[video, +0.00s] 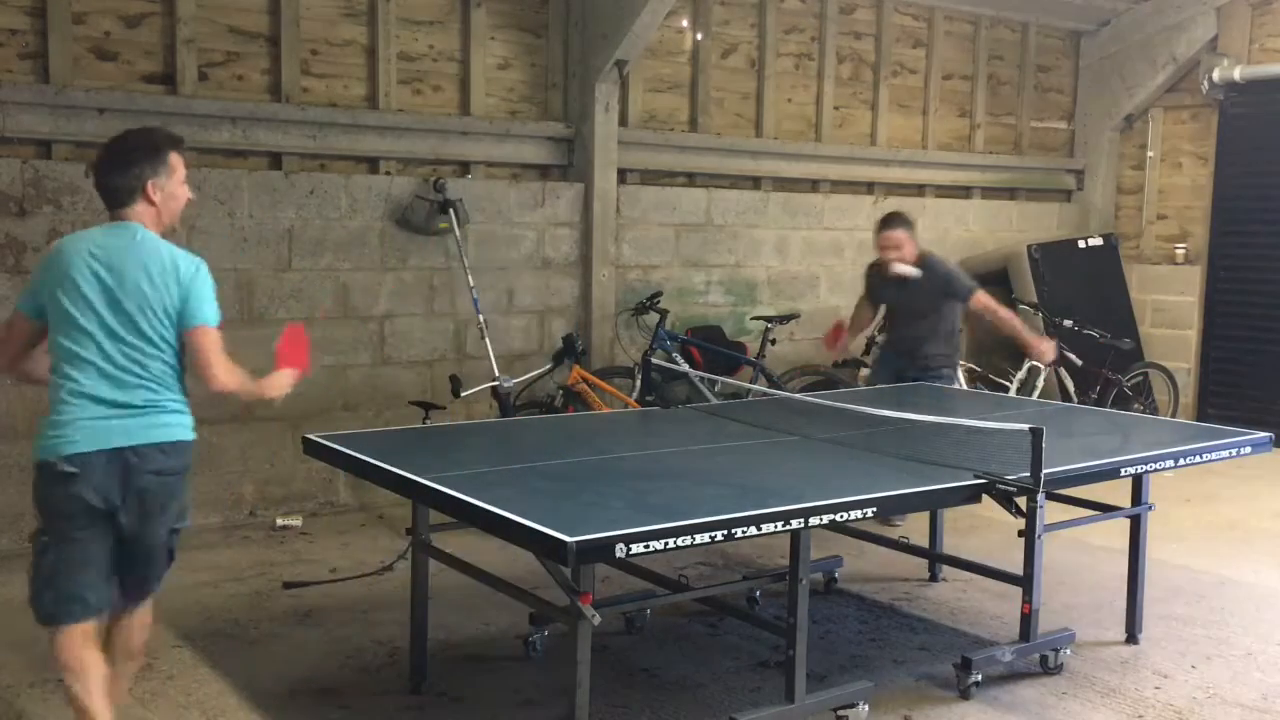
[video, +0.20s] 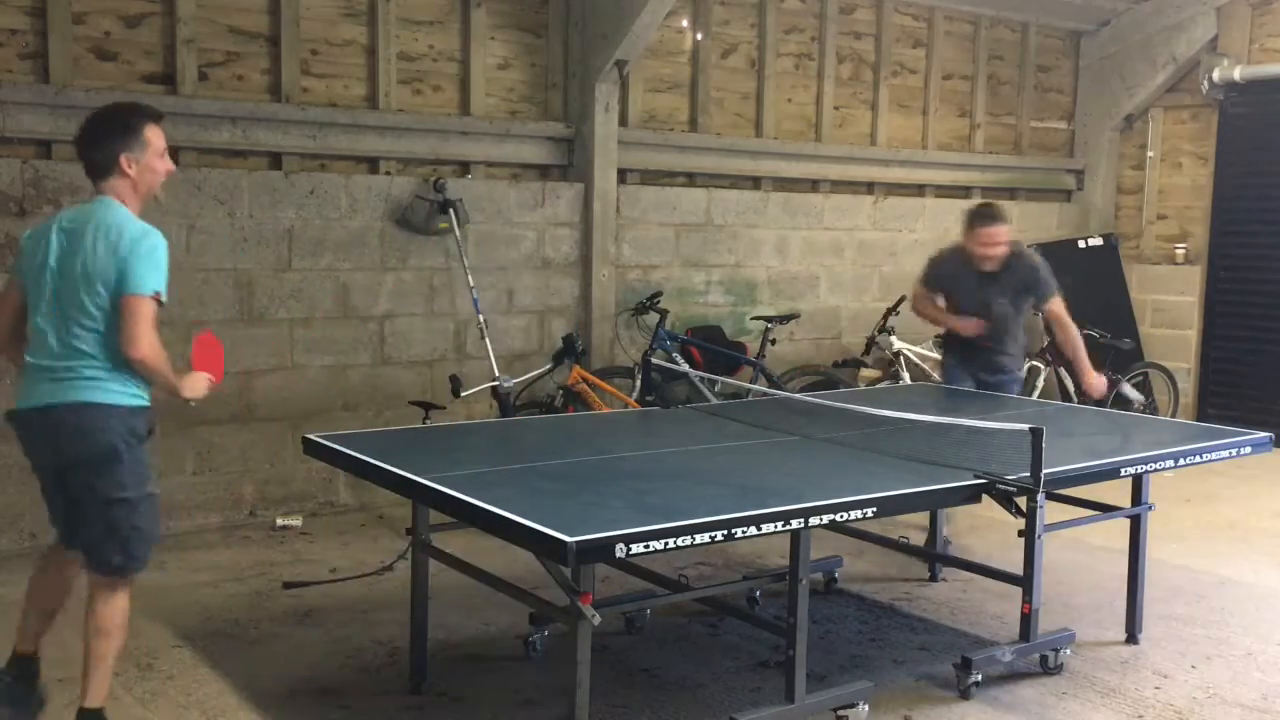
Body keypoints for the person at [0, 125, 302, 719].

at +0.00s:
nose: (189, 193)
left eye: (186, 179)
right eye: (181, 180)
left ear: (120, 191)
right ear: (151, 190)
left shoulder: (63, 256)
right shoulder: (186, 268)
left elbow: (14, 359)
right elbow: (214, 375)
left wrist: (78, 370)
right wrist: (264, 387)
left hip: (72, 455)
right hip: (159, 451)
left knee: (72, 619)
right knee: (137, 598)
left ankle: (98, 712)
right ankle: (108, 706)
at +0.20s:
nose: (171, 167)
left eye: (168, 154)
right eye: (162, 154)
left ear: (112, 167)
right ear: (125, 165)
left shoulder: (40, 235)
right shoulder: (140, 239)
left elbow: (10, 336)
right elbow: (138, 347)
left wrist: (52, 369)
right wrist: (181, 384)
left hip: (34, 412)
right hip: (101, 416)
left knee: (72, 540)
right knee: (113, 572)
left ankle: (21, 666)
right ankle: (92, 709)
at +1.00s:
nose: (158, 187)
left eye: (152, 176)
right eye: (144, 178)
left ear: (118, 196)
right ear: (108, 196)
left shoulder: (142, 274)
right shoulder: (67, 263)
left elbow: (162, 359)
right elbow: (32, 363)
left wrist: (198, 389)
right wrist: (115, 399)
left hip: (94, 431)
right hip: (43, 428)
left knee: (74, 545)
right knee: (93, 562)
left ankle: (22, 646)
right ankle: (95, 703)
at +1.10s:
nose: (169, 196)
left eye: (166, 185)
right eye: (156, 186)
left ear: (130, 204)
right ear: (118, 203)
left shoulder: (159, 279)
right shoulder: (75, 275)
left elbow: (178, 366)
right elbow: (38, 378)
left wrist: (202, 399)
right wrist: (116, 413)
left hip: (114, 440)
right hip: (58, 438)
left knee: (88, 553)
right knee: (106, 575)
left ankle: (28, 642)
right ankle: (101, 708)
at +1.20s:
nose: (181, 184)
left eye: (177, 172)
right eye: (166, 174)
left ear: (141, 189)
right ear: (124, 190)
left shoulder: (180, 264)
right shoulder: (78, 270)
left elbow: (202, 350)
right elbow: (44, 373)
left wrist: (219, 393)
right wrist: (116, 410)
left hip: (144, 435)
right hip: (78, 434)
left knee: (122, 549)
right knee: (112, 575)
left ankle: (54, 628)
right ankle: (100, 709)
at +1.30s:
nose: (198, 178)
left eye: (199, 167)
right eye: (184, 167)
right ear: (140, 178)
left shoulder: (200, 247)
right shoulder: (89, 255)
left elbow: (233, 330)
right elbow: (55, 361)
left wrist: (256, 383)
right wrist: (112, 411)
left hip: (169, 429)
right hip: (100, 430)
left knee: (173, 551)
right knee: (119, 573)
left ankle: (83, 641)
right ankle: (105, 708)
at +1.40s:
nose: (213, 188)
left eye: (216, 175)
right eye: (200, 175)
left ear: (214, 178)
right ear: (153, 178)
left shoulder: (217, 237)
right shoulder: (95, 252)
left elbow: (261, 313)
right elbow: (67, 356)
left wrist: (278, 355)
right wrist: (85, 426)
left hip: (195, 421)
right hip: (123, 424)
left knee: (208, 551)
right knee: (151, 562)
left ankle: (153, 657)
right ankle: (115, 700)